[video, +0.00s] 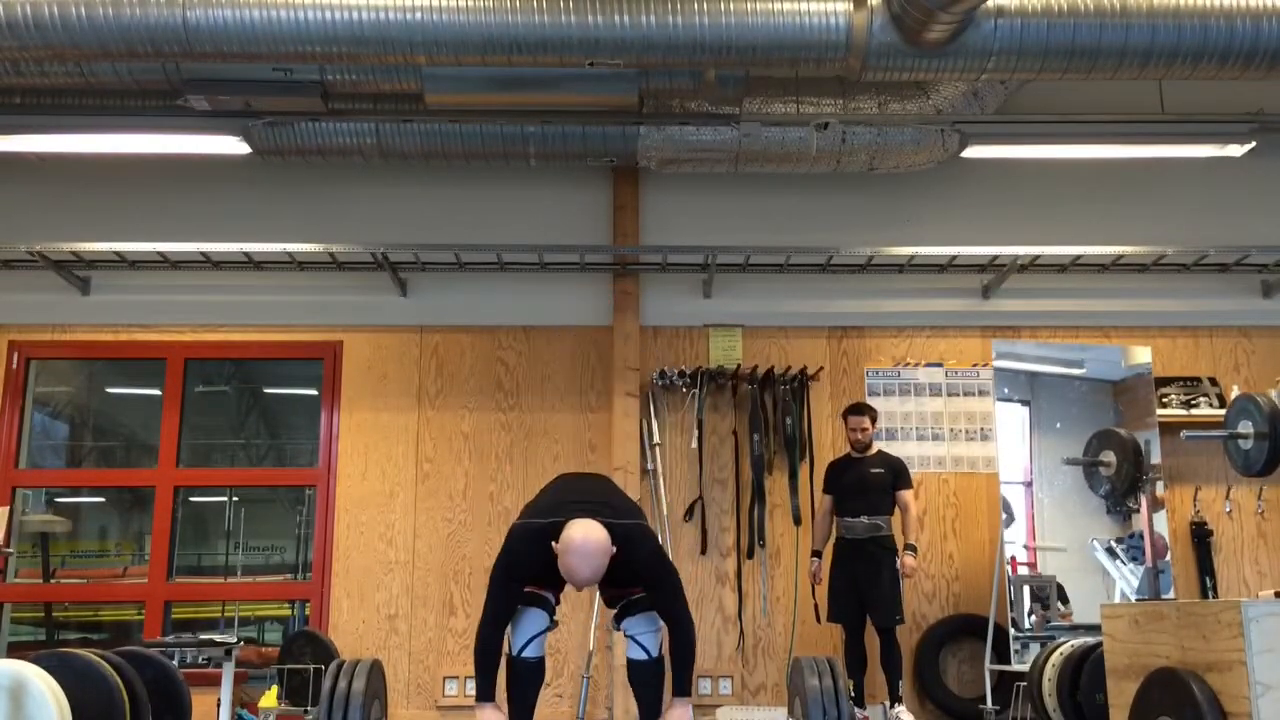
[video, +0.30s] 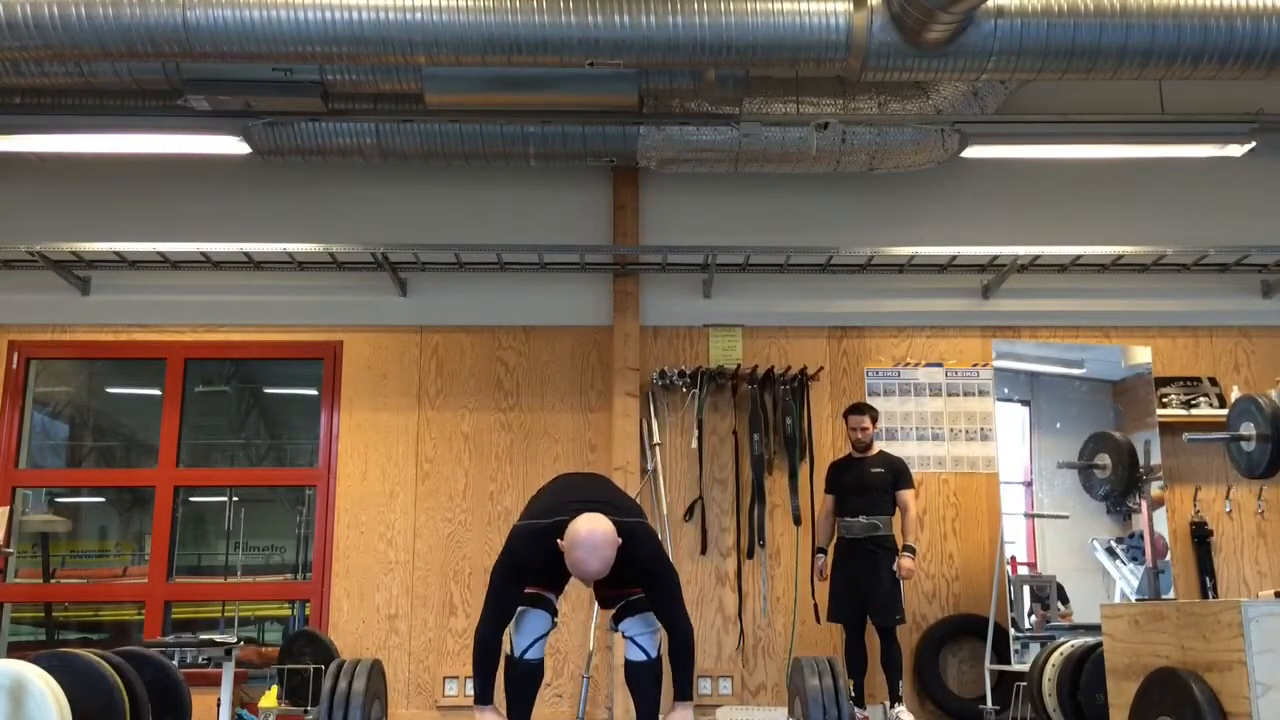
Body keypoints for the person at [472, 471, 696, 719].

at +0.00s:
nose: (579, 588)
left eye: (589, 582)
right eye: (572, 581)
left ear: (612, 553)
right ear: (556, 549)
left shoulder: (640, 543)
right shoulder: (523, 540)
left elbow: (681, 621)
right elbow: (492, 623)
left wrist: (682, 701)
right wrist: (485, 702)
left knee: (645, 630)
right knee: (527, 628)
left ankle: (650, 715)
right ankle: (521, 715)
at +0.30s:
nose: (589, 583)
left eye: (598, 577)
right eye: (579, 576)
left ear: (617, 545)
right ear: (561, 546)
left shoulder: (641, 543)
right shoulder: (525, 542)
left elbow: (679, 625)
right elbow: (490, 625)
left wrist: (683, 704)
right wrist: (483, 705)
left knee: (643, 632)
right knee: (529, 630)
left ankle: (646, 716)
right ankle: (519, 716)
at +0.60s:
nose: (586, 583)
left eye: (595, 575)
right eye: (577, 575)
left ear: (615, 546)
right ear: (560, 545)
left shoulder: (641, 544)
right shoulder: (525, 542)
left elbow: (681, 625)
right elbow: (490, 625)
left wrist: (683, 703)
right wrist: (491, 704)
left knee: (647, 631)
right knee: (526, 626)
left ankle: (647, 715)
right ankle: (528, 715)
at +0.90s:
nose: (582, 574)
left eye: (592, 566)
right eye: (574, 566)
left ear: (613, 535)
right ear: (557, 535)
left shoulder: (639, 539)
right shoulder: (523, 537)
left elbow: (676, 625)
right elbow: (492, 627)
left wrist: (680, 702)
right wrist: (491, 705)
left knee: (636, 630)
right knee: (533, 624)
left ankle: (643, 715)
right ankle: (528, 715)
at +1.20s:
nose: (584, 535)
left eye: (595, 524)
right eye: (575, 523)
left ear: (612, 507)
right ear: (558, 505)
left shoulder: (638, 536)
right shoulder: (525, 539)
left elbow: (684, 622)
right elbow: (482, 626)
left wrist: (682, 704)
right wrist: (488, 707)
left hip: (617, 600)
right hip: (550, 599)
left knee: (651, 637)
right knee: (522, 633)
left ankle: (646, 716)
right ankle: (528, 716)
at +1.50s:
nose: (585, 536)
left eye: (597, 525)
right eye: (576, 523)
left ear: (612, 518)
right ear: (560, 513)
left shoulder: (638, 563)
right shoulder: (531, 561)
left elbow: (704, 631)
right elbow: (467, 632)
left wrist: (686, 704)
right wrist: (485, 705)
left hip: (618, 658)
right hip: (555, 657)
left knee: (666, 653)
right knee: (501, 644)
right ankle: (521, 714)